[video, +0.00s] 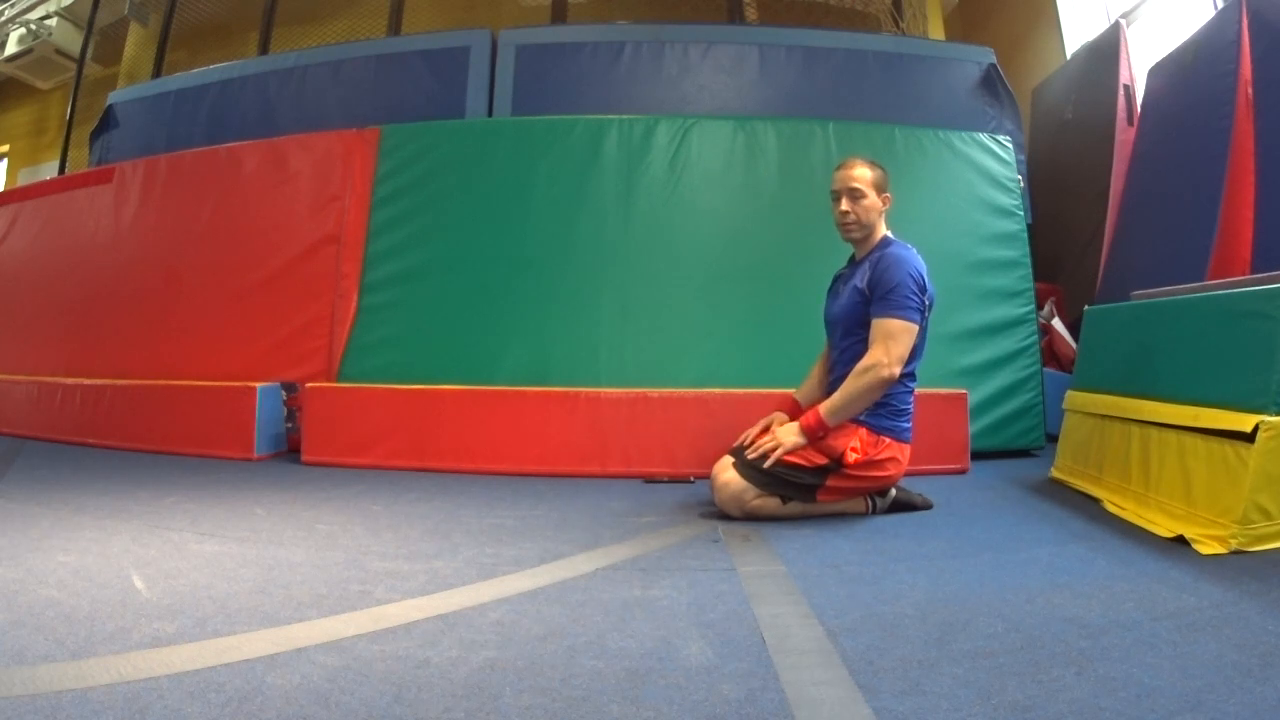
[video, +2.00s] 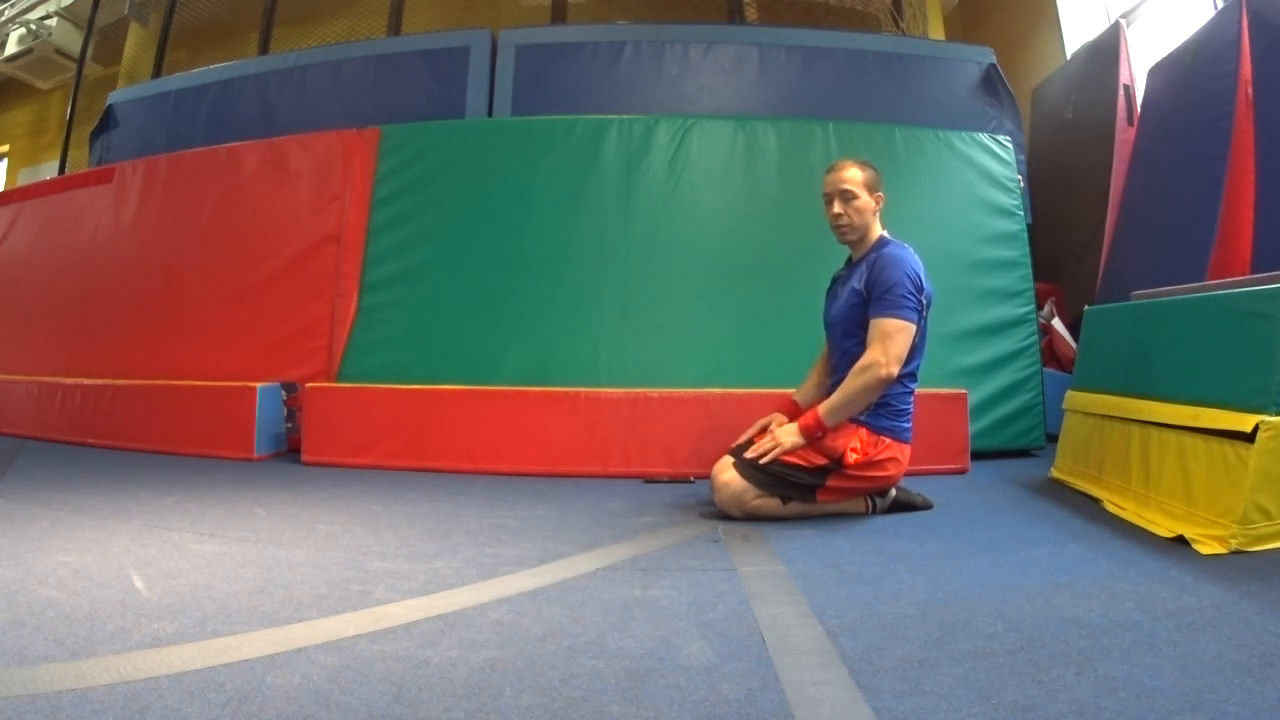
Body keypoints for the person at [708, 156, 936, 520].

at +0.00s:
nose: (843, 207)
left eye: (856, 196)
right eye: (836, 198)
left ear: (884, 202)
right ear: (830, 204)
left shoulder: (898, 263)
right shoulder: (848, 275)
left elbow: (884, 366)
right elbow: (833, 359)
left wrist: (805, 428)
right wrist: (787, 414)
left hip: (872, 443)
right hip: (842, 432)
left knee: (734, 494)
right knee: (724, 475)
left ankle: (869, 502)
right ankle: (859, 489)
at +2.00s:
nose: (835, 210)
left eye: (848, 197)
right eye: (829, 201)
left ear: (877, 202)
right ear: (823, 207)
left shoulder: (895, 263)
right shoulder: (847, 276)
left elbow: (882, 366)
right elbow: (831, 362)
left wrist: (805, 429)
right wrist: (787, 414)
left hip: (872, 444)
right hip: (844, 433)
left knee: (734, 493)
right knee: (724, 475)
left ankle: (869, 502)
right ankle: (859, 489)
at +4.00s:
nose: (832, 213)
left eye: (843, 199)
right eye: (825, 203)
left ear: (874, 201)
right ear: (821, 209)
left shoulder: (895, 263)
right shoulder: (849, 276)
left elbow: (884, 365)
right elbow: (835, 360)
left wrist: (810, 428)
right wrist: (790, 416)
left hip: (872, 443)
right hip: (846, 434)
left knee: (734, 494)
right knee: (726, 474)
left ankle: (869, 502)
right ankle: (862, 492)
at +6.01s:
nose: (530, 322)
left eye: (526, 309)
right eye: (523, 313)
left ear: (554, 286)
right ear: (557, 283)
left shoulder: (610, 299)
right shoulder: (606, 289)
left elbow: (594, 410)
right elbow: (605, 401)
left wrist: (582, 516)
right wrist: (588, 473)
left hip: (779, 357)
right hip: (775, 352)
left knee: (726, 500)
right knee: (737, 482)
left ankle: (862, 483)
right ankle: (855, 469)